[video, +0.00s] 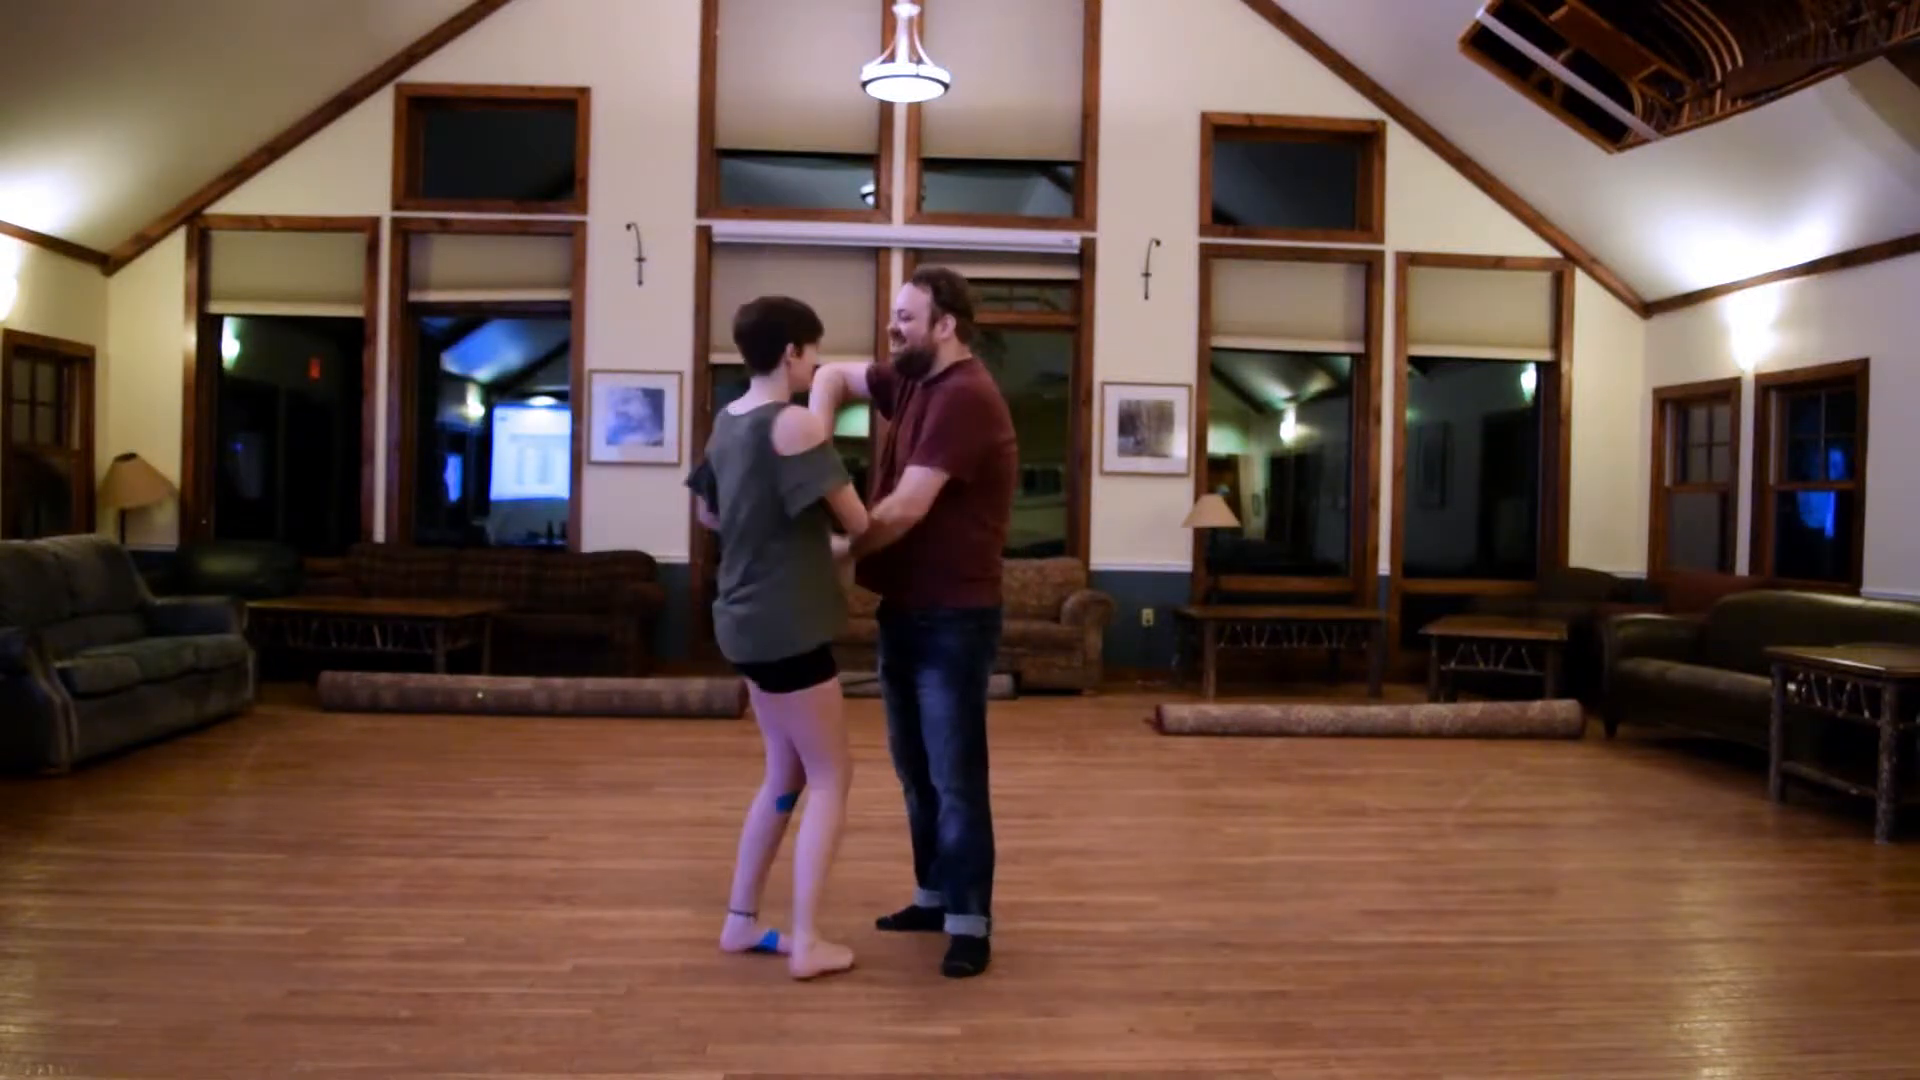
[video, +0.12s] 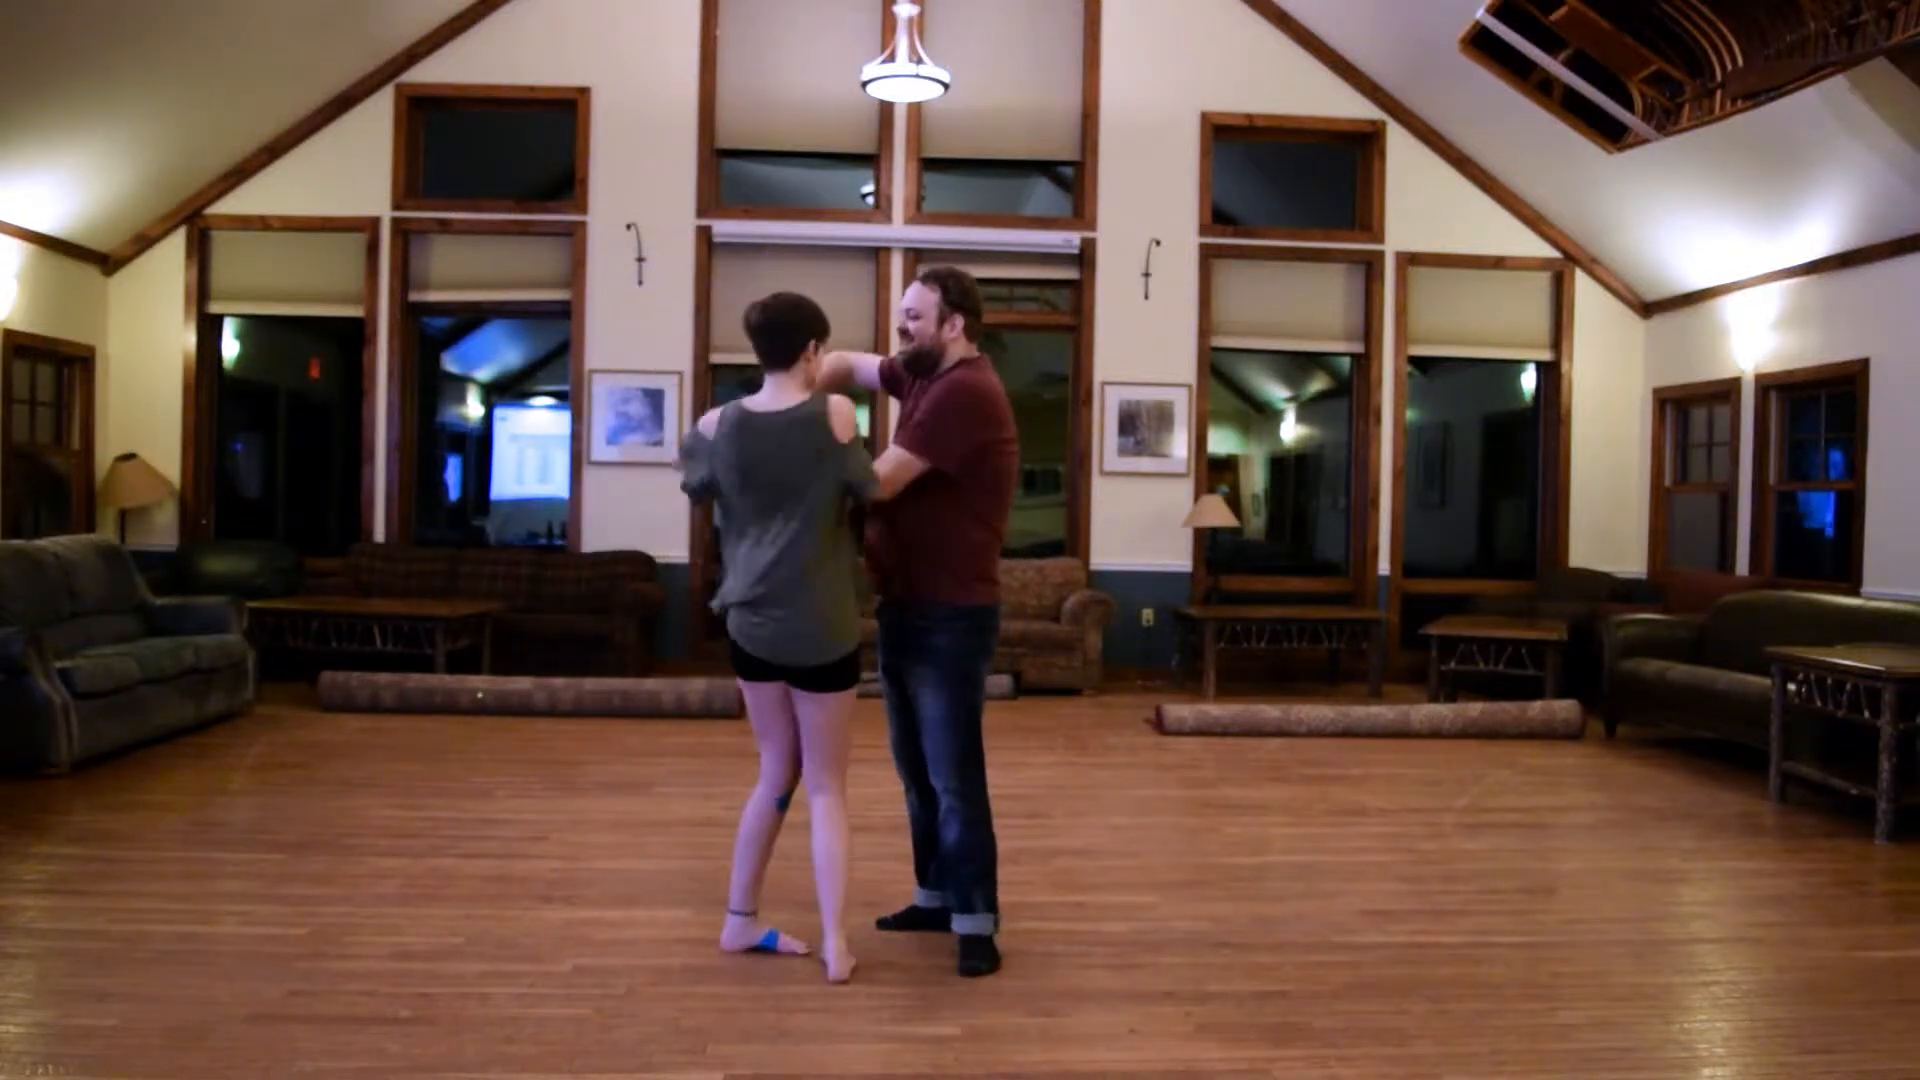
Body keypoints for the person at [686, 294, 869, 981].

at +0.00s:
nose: (817, 363)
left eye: (814, 352)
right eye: (813, 352)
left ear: (752, 355)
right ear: (792, 355)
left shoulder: (726, 421)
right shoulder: (798, 424)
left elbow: (709, 513)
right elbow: (855, 519)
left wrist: (784, 526)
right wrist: (848, 536)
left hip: (744, 623)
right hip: (791, 629)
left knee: (782, 776)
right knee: (830, 776)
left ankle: (740, 921)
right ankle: (805, 943)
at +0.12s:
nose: (825, 354)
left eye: (821, 344)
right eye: (823, 346)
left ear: (757, 351)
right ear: (813, 351)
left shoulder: (724, 425)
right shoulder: (830, 418)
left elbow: (693, 479)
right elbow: (866, 486)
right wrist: (845, 430)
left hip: (749, 621)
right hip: (822, 626)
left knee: (773, 774)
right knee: (827, 788)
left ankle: (740, 921)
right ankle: (834, 945)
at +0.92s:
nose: (856, 334)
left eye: (851, 326)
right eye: (853, 322)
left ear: (805, 331)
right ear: (824, 325)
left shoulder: (854, 392)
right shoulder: (779, 384)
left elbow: (937, 381)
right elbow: (892, 345)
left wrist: (909, 298)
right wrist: (889, 291)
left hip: (857, 596)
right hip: (792, 595)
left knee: (852, 790)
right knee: (804, 796)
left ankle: (817, 941)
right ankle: (773, 984)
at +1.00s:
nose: (853, 335)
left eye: (853, 326)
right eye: (850, 324)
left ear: (786, 332)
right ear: (834, 326)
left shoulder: (810, 394)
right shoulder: (804, 396)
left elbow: (881, 388)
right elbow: (926, 394)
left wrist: (876, 304)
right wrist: (904, 317)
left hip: (845, 609)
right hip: (805, 613)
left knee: (852, 790)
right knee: (809, 797)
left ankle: (796, 954)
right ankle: (774, 986)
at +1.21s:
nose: (858, 340)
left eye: (861, 328)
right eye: (856, 329)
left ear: (787, 337)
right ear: (843, 336)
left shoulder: (779, 408)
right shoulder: (828, 415)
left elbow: (856, 406)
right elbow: (925, 464)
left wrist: (874, 324)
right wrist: (908, 373)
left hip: (800, 620)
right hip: (822, 627)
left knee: (832, 803)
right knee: (831, 806)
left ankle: (792, 971)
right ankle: (778, 985)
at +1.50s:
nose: (862, 336)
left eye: (862, 323)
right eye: (858, 326)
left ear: (789, 334)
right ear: (841, 333)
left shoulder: (777, 404)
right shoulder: (832, 405)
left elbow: (859, 429)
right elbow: (938, 448)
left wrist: (879, 351)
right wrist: (903, 367)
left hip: (795, 612)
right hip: (828, 619)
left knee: (817, 803)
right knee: (823, 806)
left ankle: (787, 975)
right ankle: (782, 985)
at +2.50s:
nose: (913, 349)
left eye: (911, 336)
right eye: (907, 336)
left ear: (860, 347)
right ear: (876, 344)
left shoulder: (843, 409)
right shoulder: (858, 416)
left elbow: (955, 443)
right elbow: (969, 447)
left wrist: (972, 371)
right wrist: (998, 352)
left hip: (858, 623)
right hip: (840, 628)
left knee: (887, 778)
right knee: (862, 804)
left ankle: (846, 940)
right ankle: (784, 974)